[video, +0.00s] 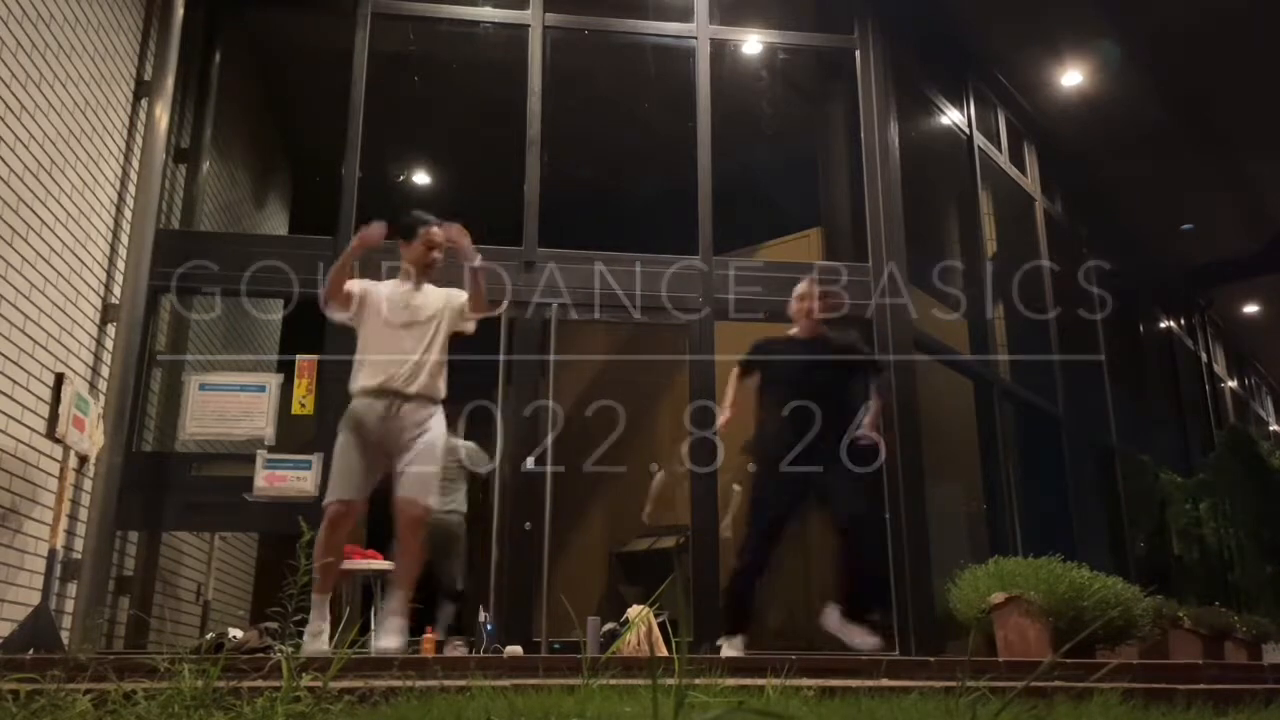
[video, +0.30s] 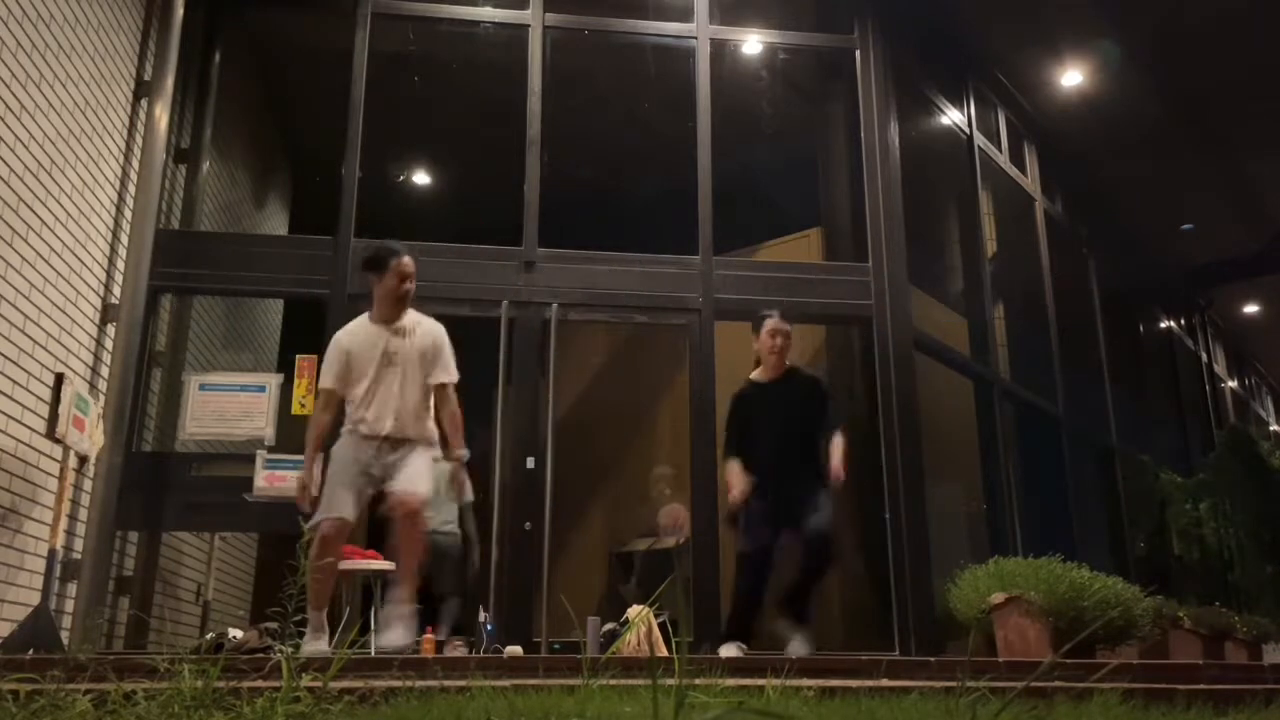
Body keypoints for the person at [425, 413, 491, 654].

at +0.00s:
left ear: (430, 428)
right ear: (449, 426)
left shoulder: (421, 447)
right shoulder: (462, 447)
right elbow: (486, 467)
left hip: (421, 514)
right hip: (451, 516)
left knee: (409, 574)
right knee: (451, 582)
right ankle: (438, 634)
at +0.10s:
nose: (460, 439)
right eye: (459, 435)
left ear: (434, 433)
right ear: (455, 435)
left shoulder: (417, 457)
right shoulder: (461, 459)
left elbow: (405, 487)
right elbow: (476, 486)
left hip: (414, 523)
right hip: (446, 525)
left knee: (409, 584)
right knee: (434, 591)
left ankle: (394, 638)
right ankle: (415, 638)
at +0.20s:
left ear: (429, 450)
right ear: (448, 452)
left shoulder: (414, 469)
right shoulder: (456, 473)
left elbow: (399, 504)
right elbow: (472, 503)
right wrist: (472, 539)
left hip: (413, 532)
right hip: (445, 535)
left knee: (407, 588)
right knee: (432, 596)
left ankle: (392, 638)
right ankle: (421, 632)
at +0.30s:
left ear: (423, 443)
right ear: (446, 443)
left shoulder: (414, 468)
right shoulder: (456, 468)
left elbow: (406, 506)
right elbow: (467, 510)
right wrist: (474, 547)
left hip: (420, 534)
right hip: (448, 535)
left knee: (419, 590)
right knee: (451, 592)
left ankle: (417, 637)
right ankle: (441, 637)